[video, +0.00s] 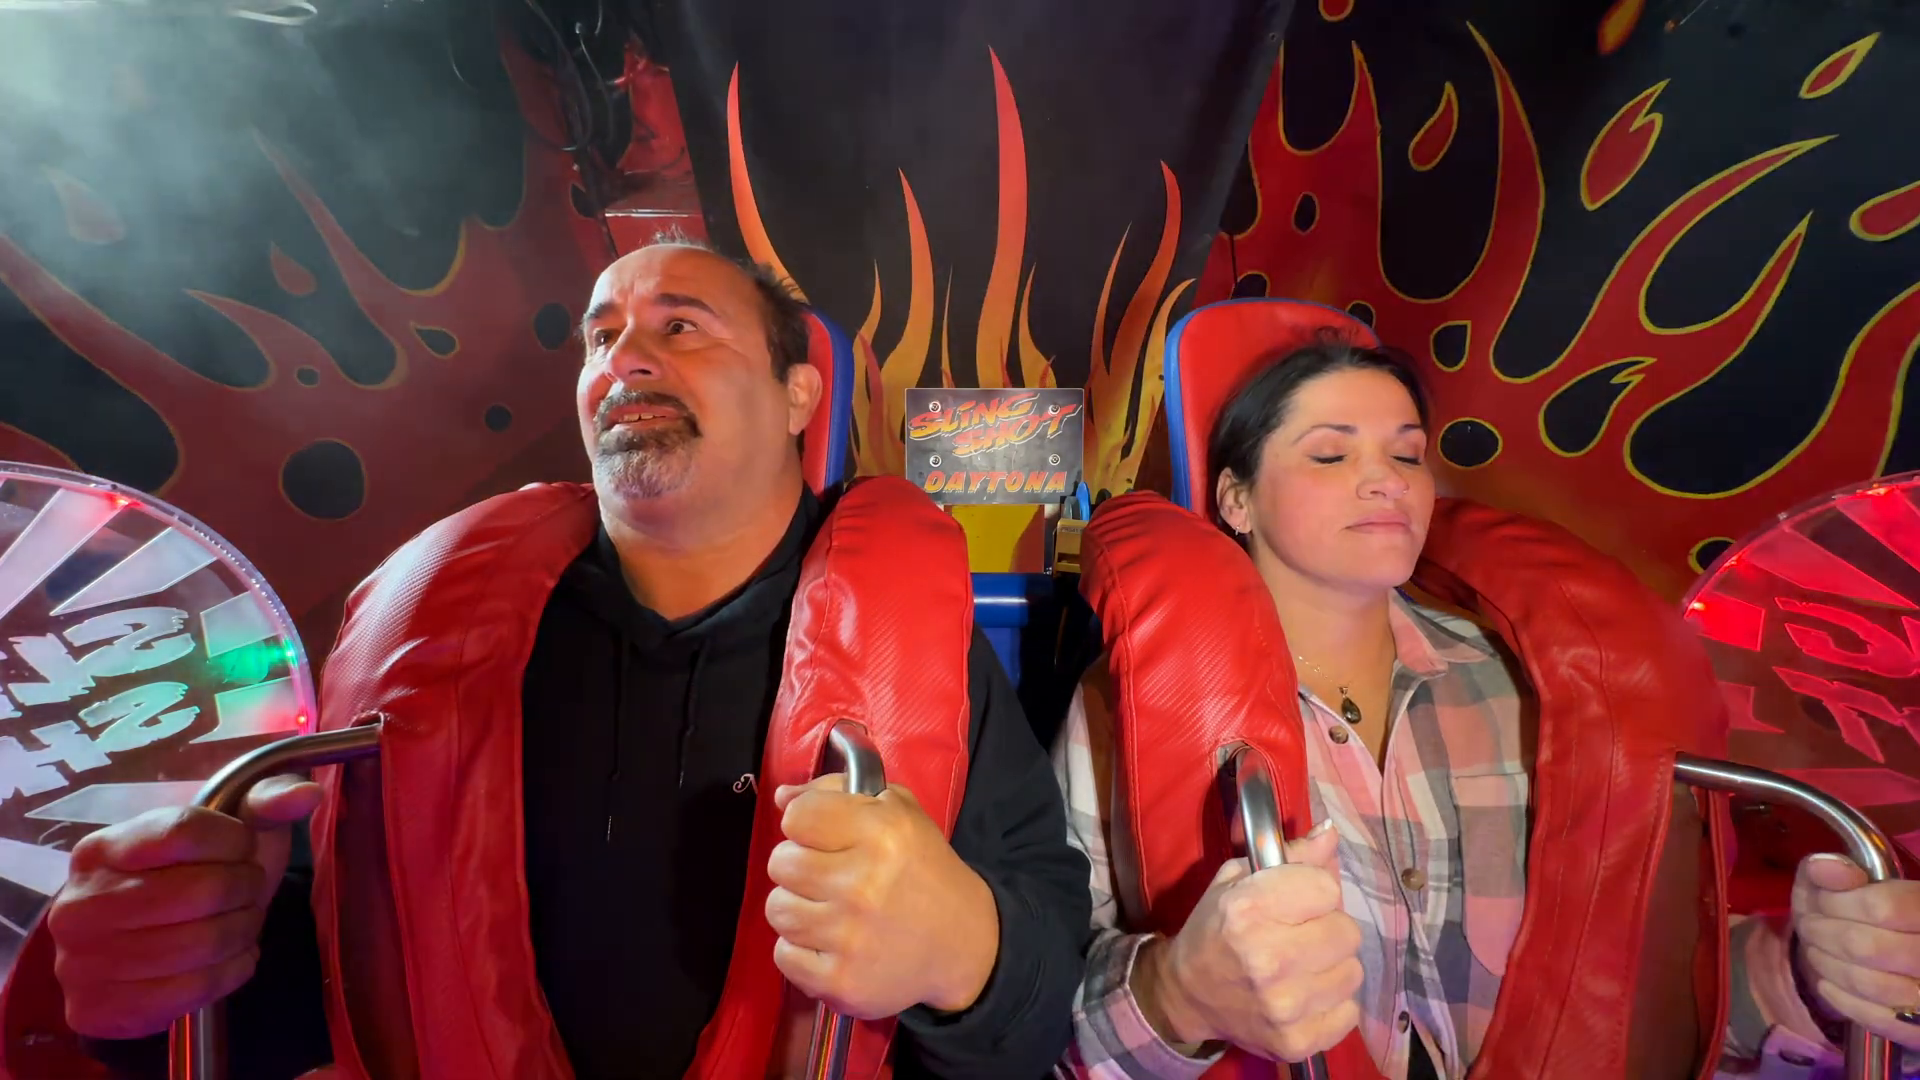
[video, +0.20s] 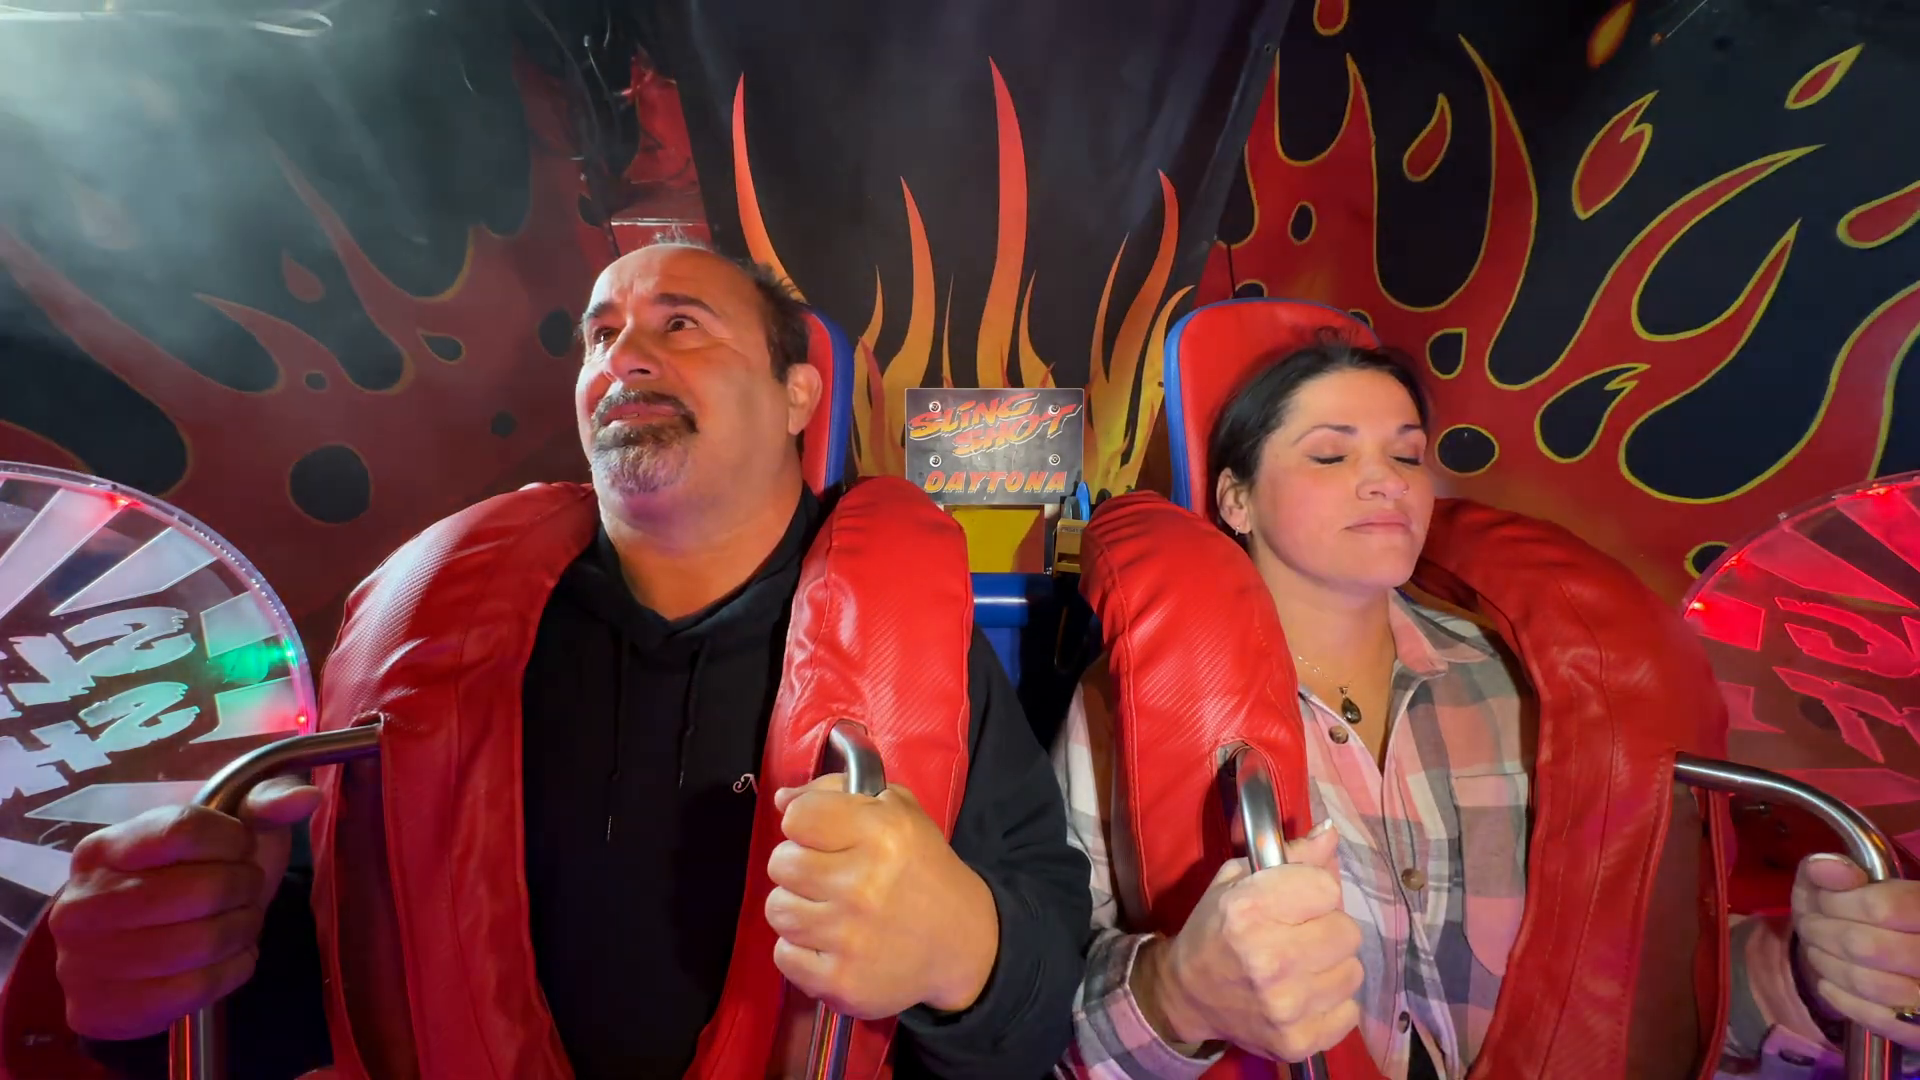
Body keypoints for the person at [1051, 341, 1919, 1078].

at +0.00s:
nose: (1383, 485)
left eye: (1405, 456)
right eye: (1330, 457)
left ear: (1435, 490)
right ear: (1239, 501)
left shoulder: (1519, 688)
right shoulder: (1143, 712)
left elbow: (1614, 963)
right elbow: (1055, 1033)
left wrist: (1797, 970)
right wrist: (1170, 996)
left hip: (1497, 1066)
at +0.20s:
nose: (1384, 485)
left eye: (1406, 456)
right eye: (1330, 457)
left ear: (1435, 488)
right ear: (1239, 502)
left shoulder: (1517, 687)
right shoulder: (1143, 711)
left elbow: (1611, 967)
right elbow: (1054, 1031)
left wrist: (1798, 973)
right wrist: (1170, 996)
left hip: (1497, 1066)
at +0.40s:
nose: (1384, 486)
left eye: (1408, 458)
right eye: (1331, 457)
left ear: (1437, 492)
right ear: (1239, 502)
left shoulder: (1518, 692)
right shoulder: (1141, 714)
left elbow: (1612, 970)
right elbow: (1054, 1036)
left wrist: (1798, 972)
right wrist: (1171, 1001)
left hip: (1492, 1067)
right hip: (1257, 1073)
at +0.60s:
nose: (1388, 487)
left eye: (1409, 458)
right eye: (1332, 458)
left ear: (1438, 490)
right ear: (1238, 503)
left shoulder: (1520, 692)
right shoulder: (1140, 715)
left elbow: (1612, 972)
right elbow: (1053, 1037)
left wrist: (1794, 975)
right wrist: (1171, 1002)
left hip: (1493, 1067)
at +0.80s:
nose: (1387, 489)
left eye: (1409, 458)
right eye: (1331, 458)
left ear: (1437, 489)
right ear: (1238, 502)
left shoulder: (1518, 692)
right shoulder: (1141, 716)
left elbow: (1612, 972)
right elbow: (1053, 1038)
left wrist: (1796, 973)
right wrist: (1171, 1002)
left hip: (1493, 1068)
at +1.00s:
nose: (1387, 488)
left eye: (1407, 458)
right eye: (1331, 457)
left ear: (1435, 490)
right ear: (1238, 502)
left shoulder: (1514, 691)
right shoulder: (1141, 715)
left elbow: (1608, 969)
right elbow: (1057, 1036)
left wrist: (1794, 971)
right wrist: (1171, 1002)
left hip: (1489, 1067)